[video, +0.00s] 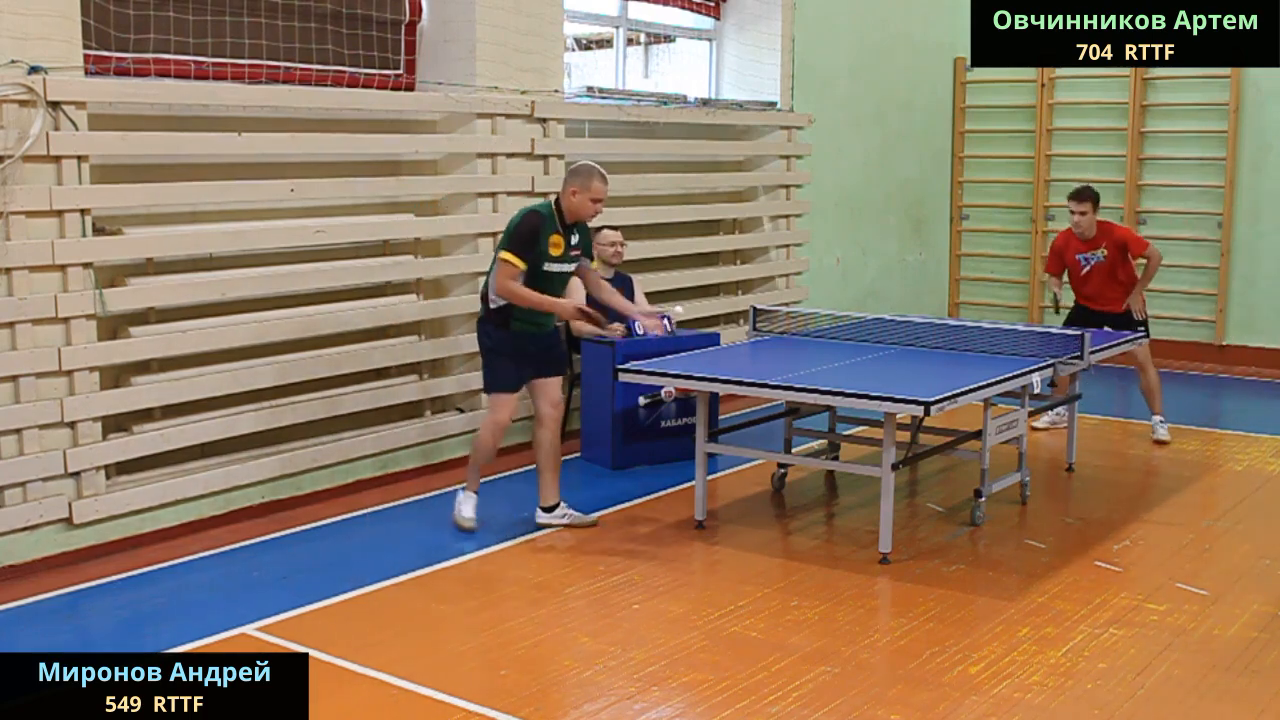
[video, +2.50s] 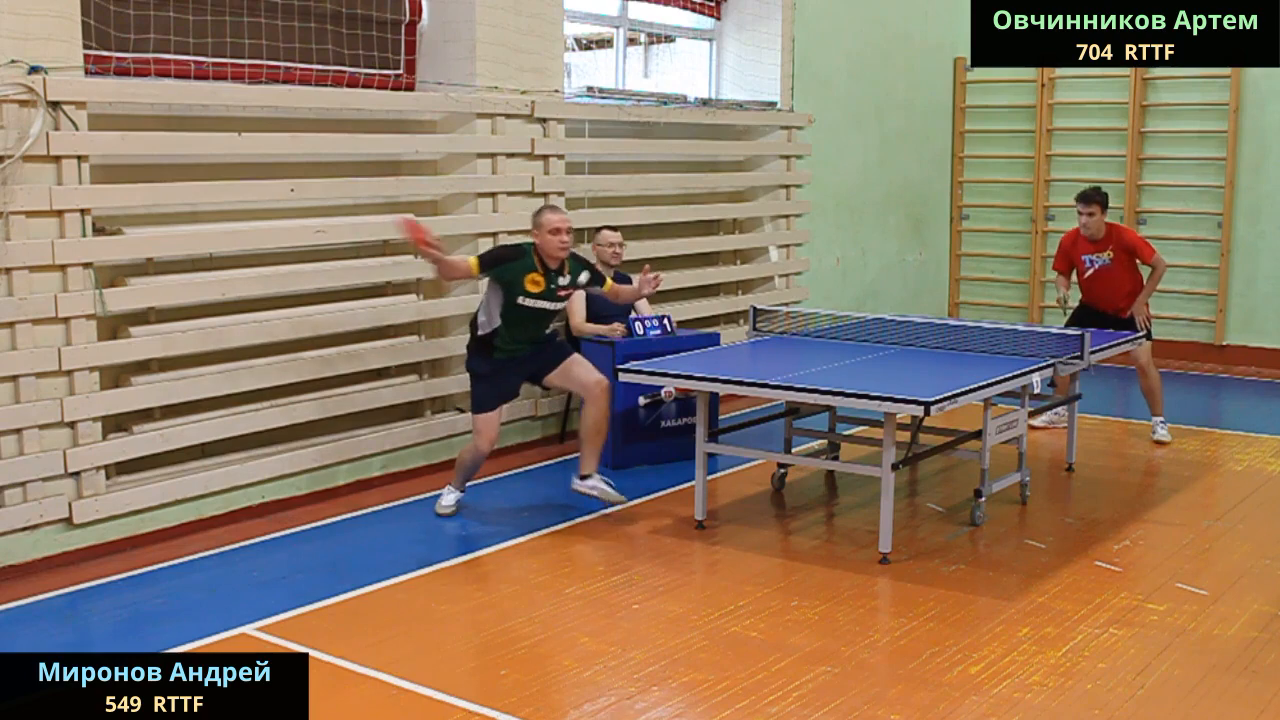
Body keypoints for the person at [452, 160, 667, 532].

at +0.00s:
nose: (599, 210)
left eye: (602, 203)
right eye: (595, 202)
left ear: (579, 196)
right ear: (572, 193)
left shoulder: (579, 229)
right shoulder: (531, 221)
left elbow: (592, 282)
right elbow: (502, 284)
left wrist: (638, 313)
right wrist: (561, 306)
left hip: (544, 330)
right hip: (504, 329)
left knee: (551, 412)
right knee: (500, 417)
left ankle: (549, 506)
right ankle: (469, 491)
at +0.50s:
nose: (539, 216)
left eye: (542, 209)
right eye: (534, 208)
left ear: (537, 205)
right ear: (509, 200)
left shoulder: (538, 236)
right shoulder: (469, 225)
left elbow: (573, 280)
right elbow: (431, 274)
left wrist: (622, 311)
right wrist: (473, 292)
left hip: (515, 329)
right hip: (469, 332)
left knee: (540, 405)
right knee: (463, 411)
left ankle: (549, 497)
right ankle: (454, 484)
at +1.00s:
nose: (568, 250)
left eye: (571, 244)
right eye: (562, 242)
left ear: (573, 238)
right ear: (540, 231)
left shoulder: (565, 258)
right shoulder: (500, 239)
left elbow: (586, 303)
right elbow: (462, 292)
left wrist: (617, 335)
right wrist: (500, 324)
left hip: (520, 325)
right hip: (476, 322)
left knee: (531, 402)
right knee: (465, 403)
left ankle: (544, 490)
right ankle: (454, 484)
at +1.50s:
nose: (588, 271)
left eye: (591, 265)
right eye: (583, 264)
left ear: (593, 259)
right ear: (562, 253)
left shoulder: (580, 268)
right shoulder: (529, 262)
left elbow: (606, 309)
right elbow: (521, 330)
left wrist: (632, 337)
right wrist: (572, 349)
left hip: (526, 322)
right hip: (481, 321)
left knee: (536, 400)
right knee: (469, 404)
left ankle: (544, 490)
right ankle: (451, 485)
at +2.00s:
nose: (568, 282)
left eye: (570, 275)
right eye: (560, 276)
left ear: (570, 274)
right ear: (537, 276)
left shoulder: (565, 302)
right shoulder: (501, 293)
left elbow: (597, 344)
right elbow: (476, 351)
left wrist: (639, 353)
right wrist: (524, 339)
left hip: (526, 361)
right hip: (481, 368)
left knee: (578, 410)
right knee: (488, 450)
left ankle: (599, 498)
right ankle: (455, 487)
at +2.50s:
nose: (564, 239)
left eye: (568, 232)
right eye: (555, 233)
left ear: (572, 235)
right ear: (535, 236)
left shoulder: (577, 268)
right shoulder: (511, 257)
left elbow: (610, 290)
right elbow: (457, 272)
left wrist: (638, 291)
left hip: (539, 348)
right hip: (492, 354)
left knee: (597, 387)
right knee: (483, 445)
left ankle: (587, 476)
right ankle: (455, 489)